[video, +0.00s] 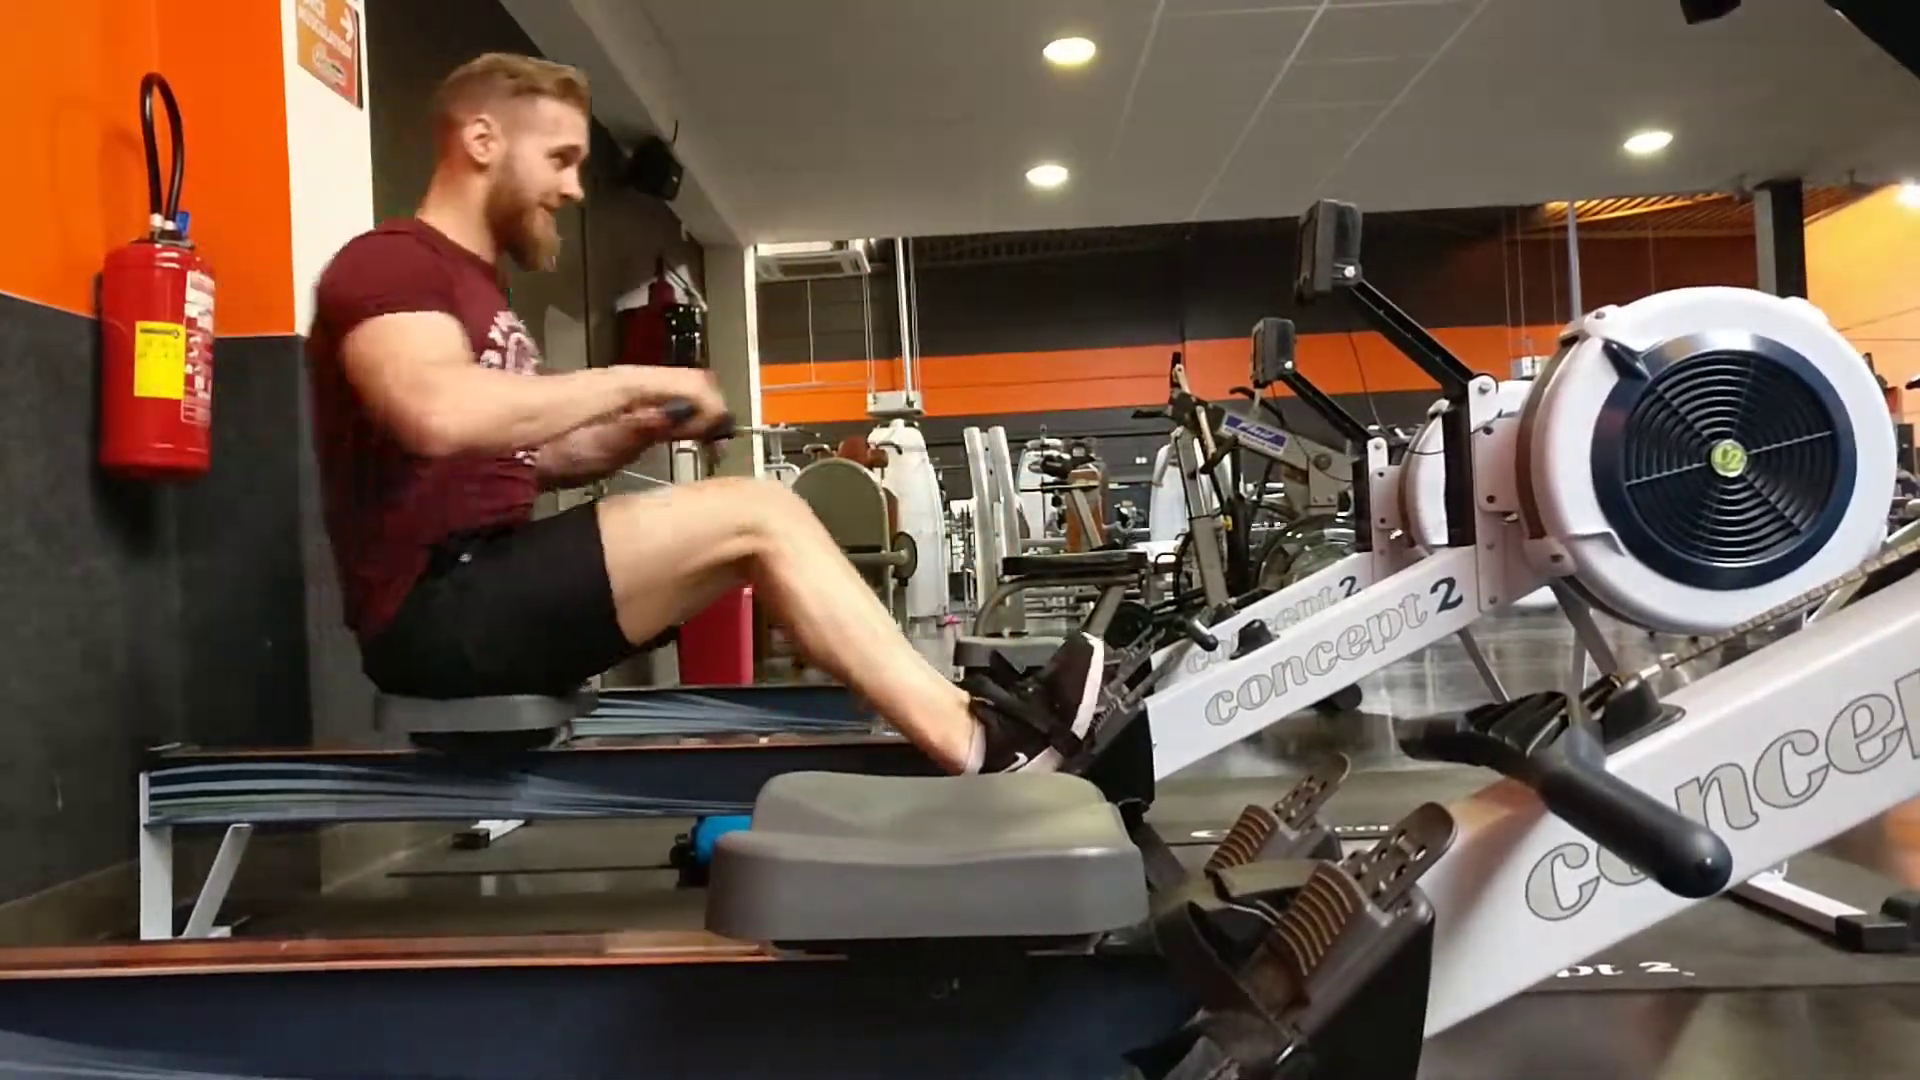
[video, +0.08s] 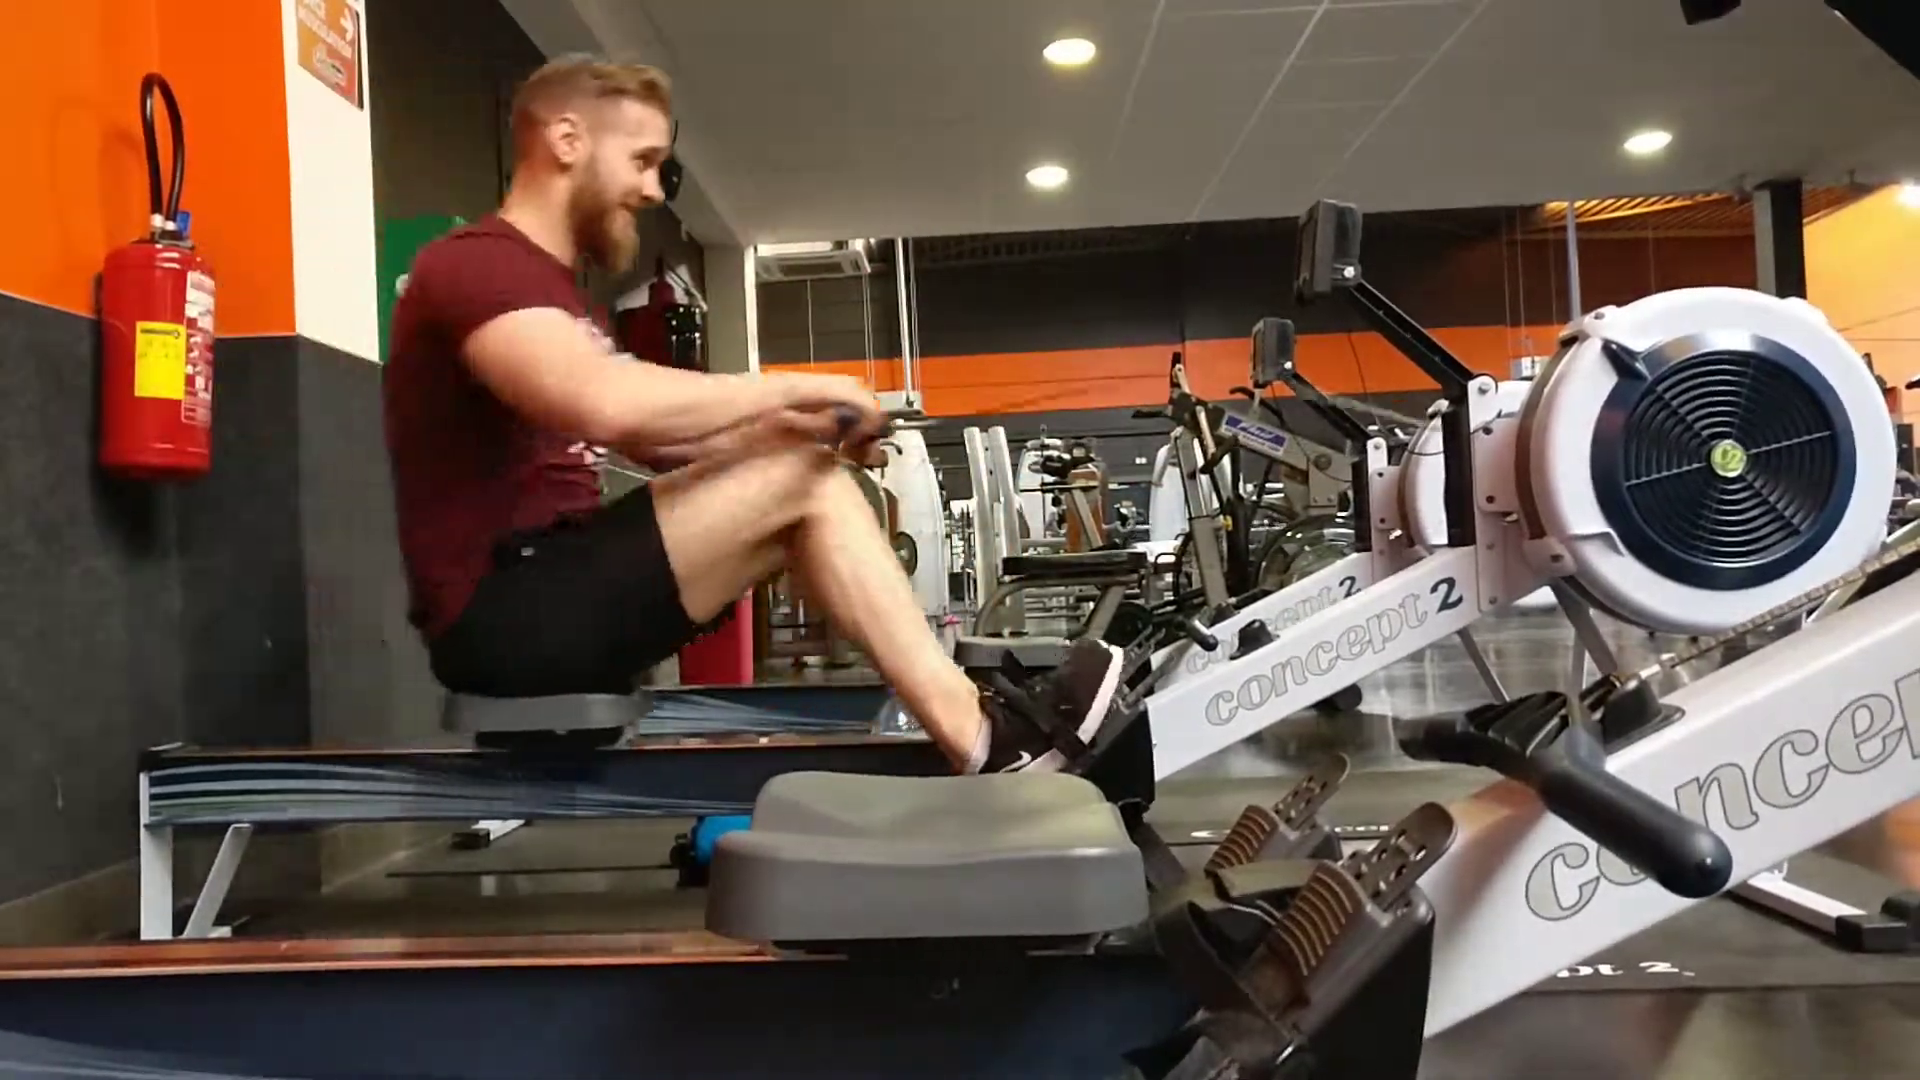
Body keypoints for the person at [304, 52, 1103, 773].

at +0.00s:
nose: (575, 190)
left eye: (580, 168)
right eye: (561, 160)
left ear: (483, 151)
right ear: (477, 140)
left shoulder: (484, 298)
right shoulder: (391, 263)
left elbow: (529, 461)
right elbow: (432, 416)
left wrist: (642, 424)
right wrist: (629, 381)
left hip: (485, 599)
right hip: (435, 613)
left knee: (768, 514)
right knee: (764, 512)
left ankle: (970, 732)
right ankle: (969, 746)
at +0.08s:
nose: (656, 192)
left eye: (662, 170)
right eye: (647, 163)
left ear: (569, 145)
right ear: (565, 139)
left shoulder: (559, 296)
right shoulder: (476, 270)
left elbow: (650, 438)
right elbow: (615, 413)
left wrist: (803, 421)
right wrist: (803, 391)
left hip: (550, 598)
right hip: (503, 613)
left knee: (808, 463)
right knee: (803, 468)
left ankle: (968, 719)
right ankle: (974, 735)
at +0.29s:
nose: (863, 186)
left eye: (865, 162)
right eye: (852, 156)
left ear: (781, 140)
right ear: (780, 135)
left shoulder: (735, 268)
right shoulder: (699, 260)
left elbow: (907, 396)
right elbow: (915, 405)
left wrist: (1087, 451)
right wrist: (1101, 450)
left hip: (685, 609)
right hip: (666, 617)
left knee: (918, 429)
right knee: (918, 436)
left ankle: (979, 718)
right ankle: (982, 730)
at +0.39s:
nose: (941, 184)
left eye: (944, 160)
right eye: (931, 154)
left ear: (861, 143)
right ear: (861, 139)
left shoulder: (814, 259)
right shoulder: (796, 256)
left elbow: (1004, 389)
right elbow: (1010, 400)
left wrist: (1184, 463)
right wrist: (1194, 466)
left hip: (742, 606)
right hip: (728, 615)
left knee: (976, 413)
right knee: (971, 418)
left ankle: (984, 702)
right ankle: (980, 715)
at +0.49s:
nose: (970, 182)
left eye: (972, 160)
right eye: (960, 155)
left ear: (893, 147)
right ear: (894, 143)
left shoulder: (853, 261)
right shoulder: (847, 261)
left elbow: (1068, 389)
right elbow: (1069, 412)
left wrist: (1238, 468)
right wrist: (1251, 477)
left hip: (773, 600)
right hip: (763, 611)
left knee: (1009, 409)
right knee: (996, 410)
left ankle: (989, 691)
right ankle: (983, 711)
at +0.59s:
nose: (953, 172)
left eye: (951, 146)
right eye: (940, 141)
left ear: (871, 140)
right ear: (869, 134)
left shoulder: (833, 257)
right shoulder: (829, 255)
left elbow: (1038, 409)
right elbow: (1058, 395)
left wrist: (1199, 467)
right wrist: (1235, 460)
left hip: (766, 600)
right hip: (758, 608)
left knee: (1003, 419)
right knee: (991, 411)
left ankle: (992, 694)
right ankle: (982, 712)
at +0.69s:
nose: (879, 158)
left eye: (875, 132)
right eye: (863, 129)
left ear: (789, 129)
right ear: (790, 124)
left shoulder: (756, 251)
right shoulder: (745, 247)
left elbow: (949, 388)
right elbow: (962, 389)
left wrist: (1120, 435)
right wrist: (1146, 432)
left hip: (721, 598)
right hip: (714, 607)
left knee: (950, 421)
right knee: (953, 425)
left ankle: (997, 701)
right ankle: (987, 720)